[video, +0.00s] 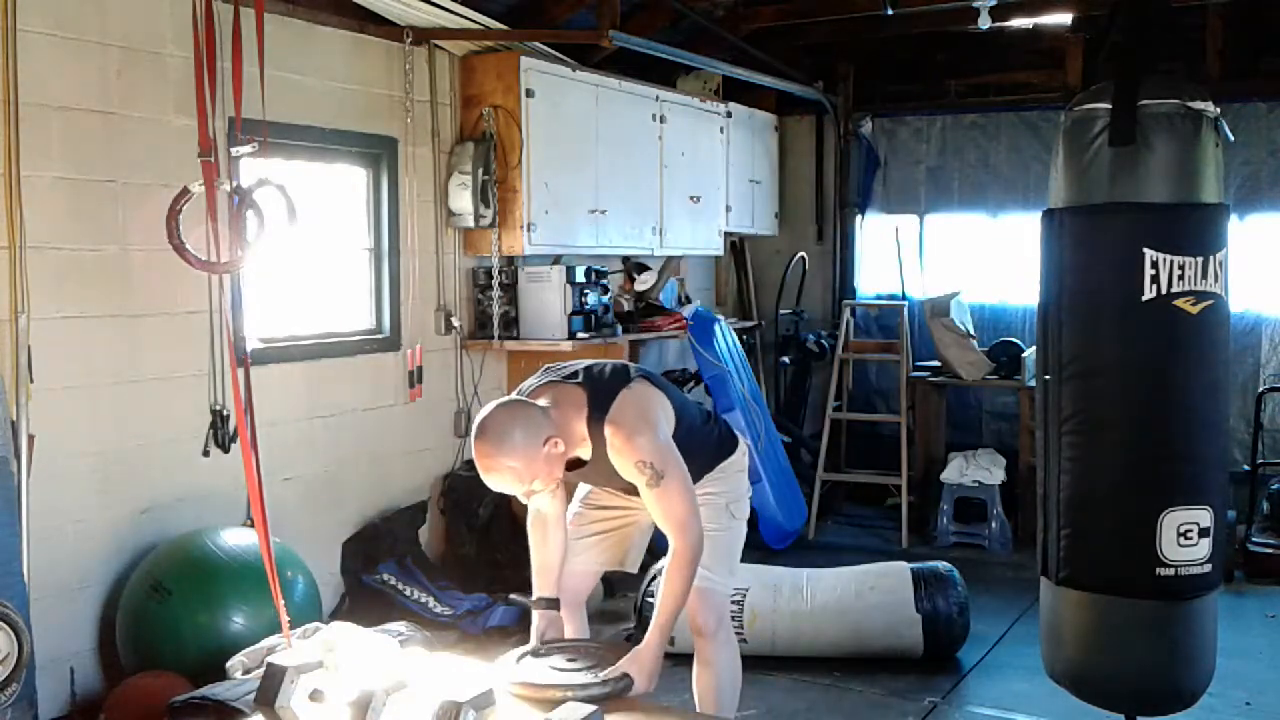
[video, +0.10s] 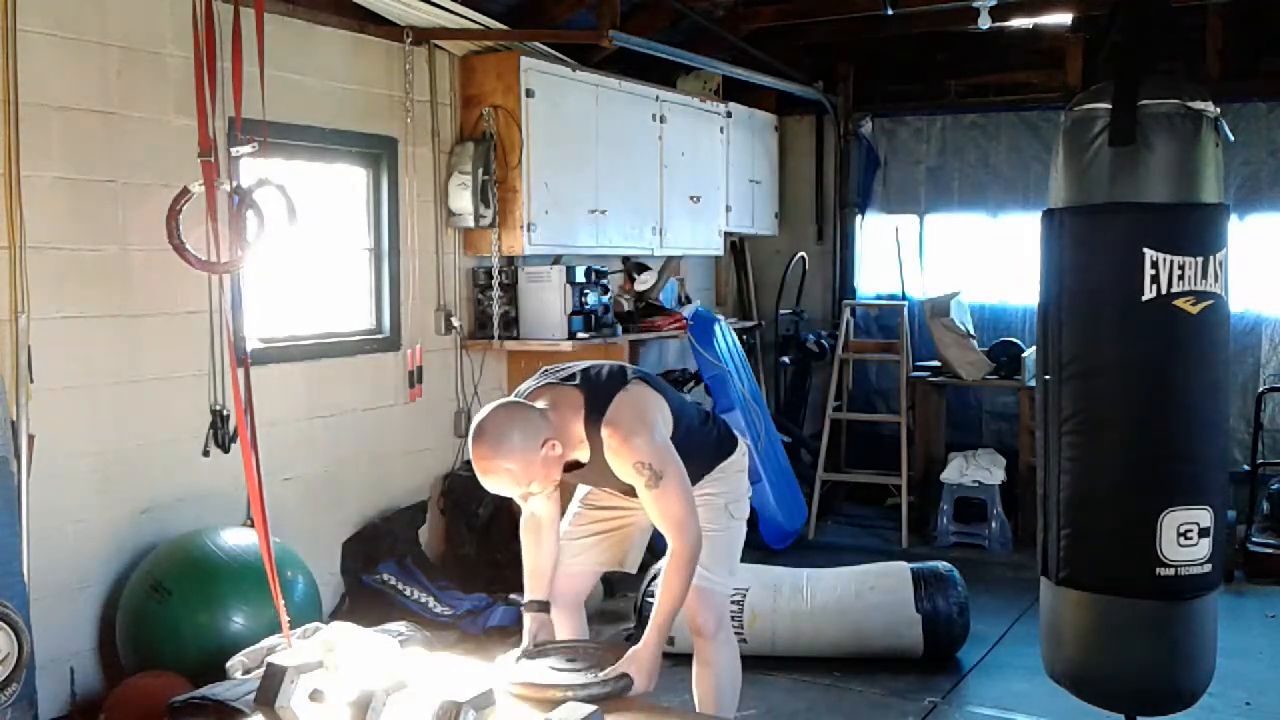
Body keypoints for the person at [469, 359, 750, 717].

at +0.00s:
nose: (527, 499)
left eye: (530, 486)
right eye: (516, 492)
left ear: (554, 447)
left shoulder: (634, 437)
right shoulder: (518, 413)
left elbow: (688, 543)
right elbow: (544, 511)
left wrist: (653, 646)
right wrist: (544, 608)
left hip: (705, 472)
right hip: (615, 475)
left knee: (705, 617)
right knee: (565, 595)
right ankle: (574, 710)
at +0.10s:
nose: (526, 501)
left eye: (529, 488)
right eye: (516, 494)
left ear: (551, 451)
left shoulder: (630, 437)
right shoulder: (519, 413)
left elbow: (686, 543)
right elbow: (538, 514)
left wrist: (651, 646)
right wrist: (536, 611)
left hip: (705, 472)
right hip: (615, 475)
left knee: (705, 619)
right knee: (562, 595)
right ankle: (579, 710)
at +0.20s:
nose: (524, 504)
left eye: (526, 491)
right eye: (514, 499)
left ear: (548, 454)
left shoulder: (627, 438)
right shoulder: (517, 416)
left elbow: (684, 542)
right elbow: (533, 519)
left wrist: (650, 647)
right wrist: (524, 617)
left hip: (705, 472)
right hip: (612, 476)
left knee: (705, 619)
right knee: (556, 597)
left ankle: (716, 718)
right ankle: (577, 712)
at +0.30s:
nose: (522, 505)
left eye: (524, 492)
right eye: (512, 499)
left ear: (545, 455)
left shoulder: (625, 439)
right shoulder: (517, 419)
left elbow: (685, 543)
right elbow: (527, 526)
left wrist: (650, 647)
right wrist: (516, 620)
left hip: (704, 472)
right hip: (611, 477)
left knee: (705, 619)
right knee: (553, 595)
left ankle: (716, 718)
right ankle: (575, 711)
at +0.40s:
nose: (523, 506)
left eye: (524, 493)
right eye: (512, 500)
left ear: (546, 456)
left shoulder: (626, 441)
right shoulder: (516, 422)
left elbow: (686, 543)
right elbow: (526, 531)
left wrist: (650, 648)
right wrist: (513, 622)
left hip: (703, 473)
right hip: (610, 477)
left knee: (705, 618)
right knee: (551, 595)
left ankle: (716, 717)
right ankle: (574, 711)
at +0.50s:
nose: (523, 501)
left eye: (526, 489)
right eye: (513, 494)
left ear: (550, 451)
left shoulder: (629, 440)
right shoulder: (514, 422)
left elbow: (685, 546)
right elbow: (526, 530)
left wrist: (651, 651)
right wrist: (513, 625)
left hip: (703, 474)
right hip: (611, 479)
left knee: (706, 619)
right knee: (549, 596)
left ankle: (716, 718)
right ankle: (573, 711)